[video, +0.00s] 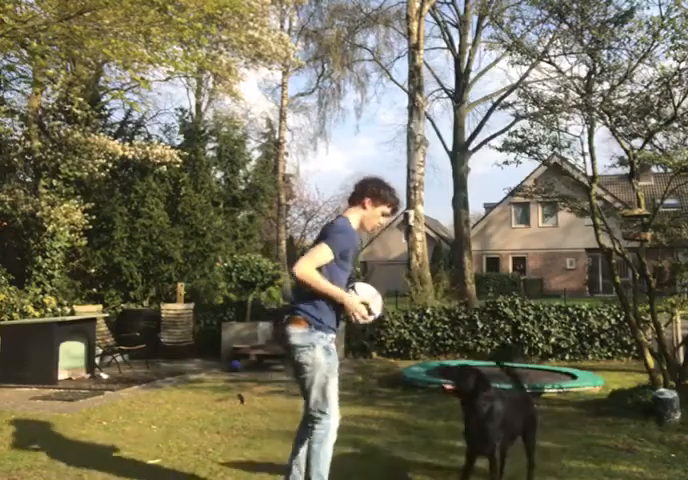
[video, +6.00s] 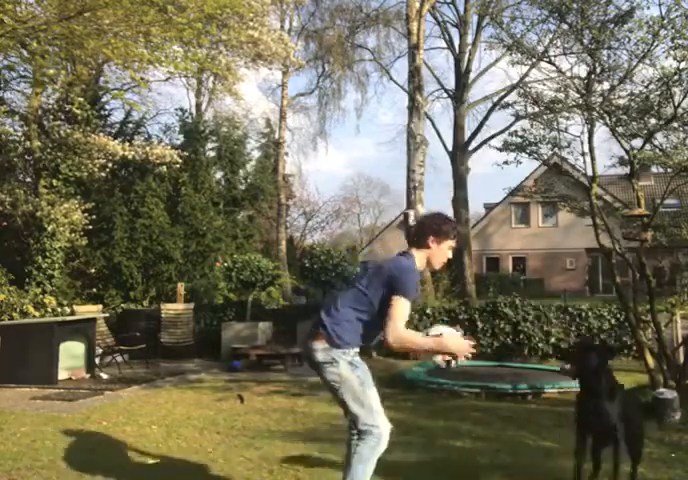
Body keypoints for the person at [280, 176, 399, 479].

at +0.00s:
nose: (381, 224)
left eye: (386, 218)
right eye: (383, 215)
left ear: (365, 204)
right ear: (367, 202)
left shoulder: (343, 231)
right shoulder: (343, 231)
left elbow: (317, 277)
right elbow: (302, 268)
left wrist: (351, 300)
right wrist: (345, 299)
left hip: (311, 332)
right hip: (311, 334)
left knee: (316, 415)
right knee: (326, 417)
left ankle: (297, 474)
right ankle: (315, 475)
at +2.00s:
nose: (641, 370)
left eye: (643, 362)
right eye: (639, 361)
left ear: (607, 353)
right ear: (618, 357)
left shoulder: (575, 363)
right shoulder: (592, 379)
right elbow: (644, 447)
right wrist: (680, 463)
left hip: (462, 385)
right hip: (485, 396)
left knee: (435, 459)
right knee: (567, 433)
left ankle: (353, 476)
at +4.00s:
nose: (409, 222)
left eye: (412, 216)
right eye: (409, 213)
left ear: (389, 205)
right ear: (391, 204)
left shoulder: (364, 235)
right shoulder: (361, 236)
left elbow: (352, 301)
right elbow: (348, 301)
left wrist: (398, 328)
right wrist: (399, 329)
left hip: (333, 339)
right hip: (332, 341)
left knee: (346, 426)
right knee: (371, 424)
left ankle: (333, 476)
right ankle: (351, 475)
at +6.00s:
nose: (450, 257)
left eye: (452, 250)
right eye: (449, 248)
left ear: (428, 241)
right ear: (432, 242)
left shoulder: (396, 266)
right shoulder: (405, 270)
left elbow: (390, 340)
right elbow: (394, 337)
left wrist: (433, 347)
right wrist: (446, 343)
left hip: (325, 345)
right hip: (334, 348)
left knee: (363, 427)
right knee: (376, 430)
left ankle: (353, 475)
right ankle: (356, 475)